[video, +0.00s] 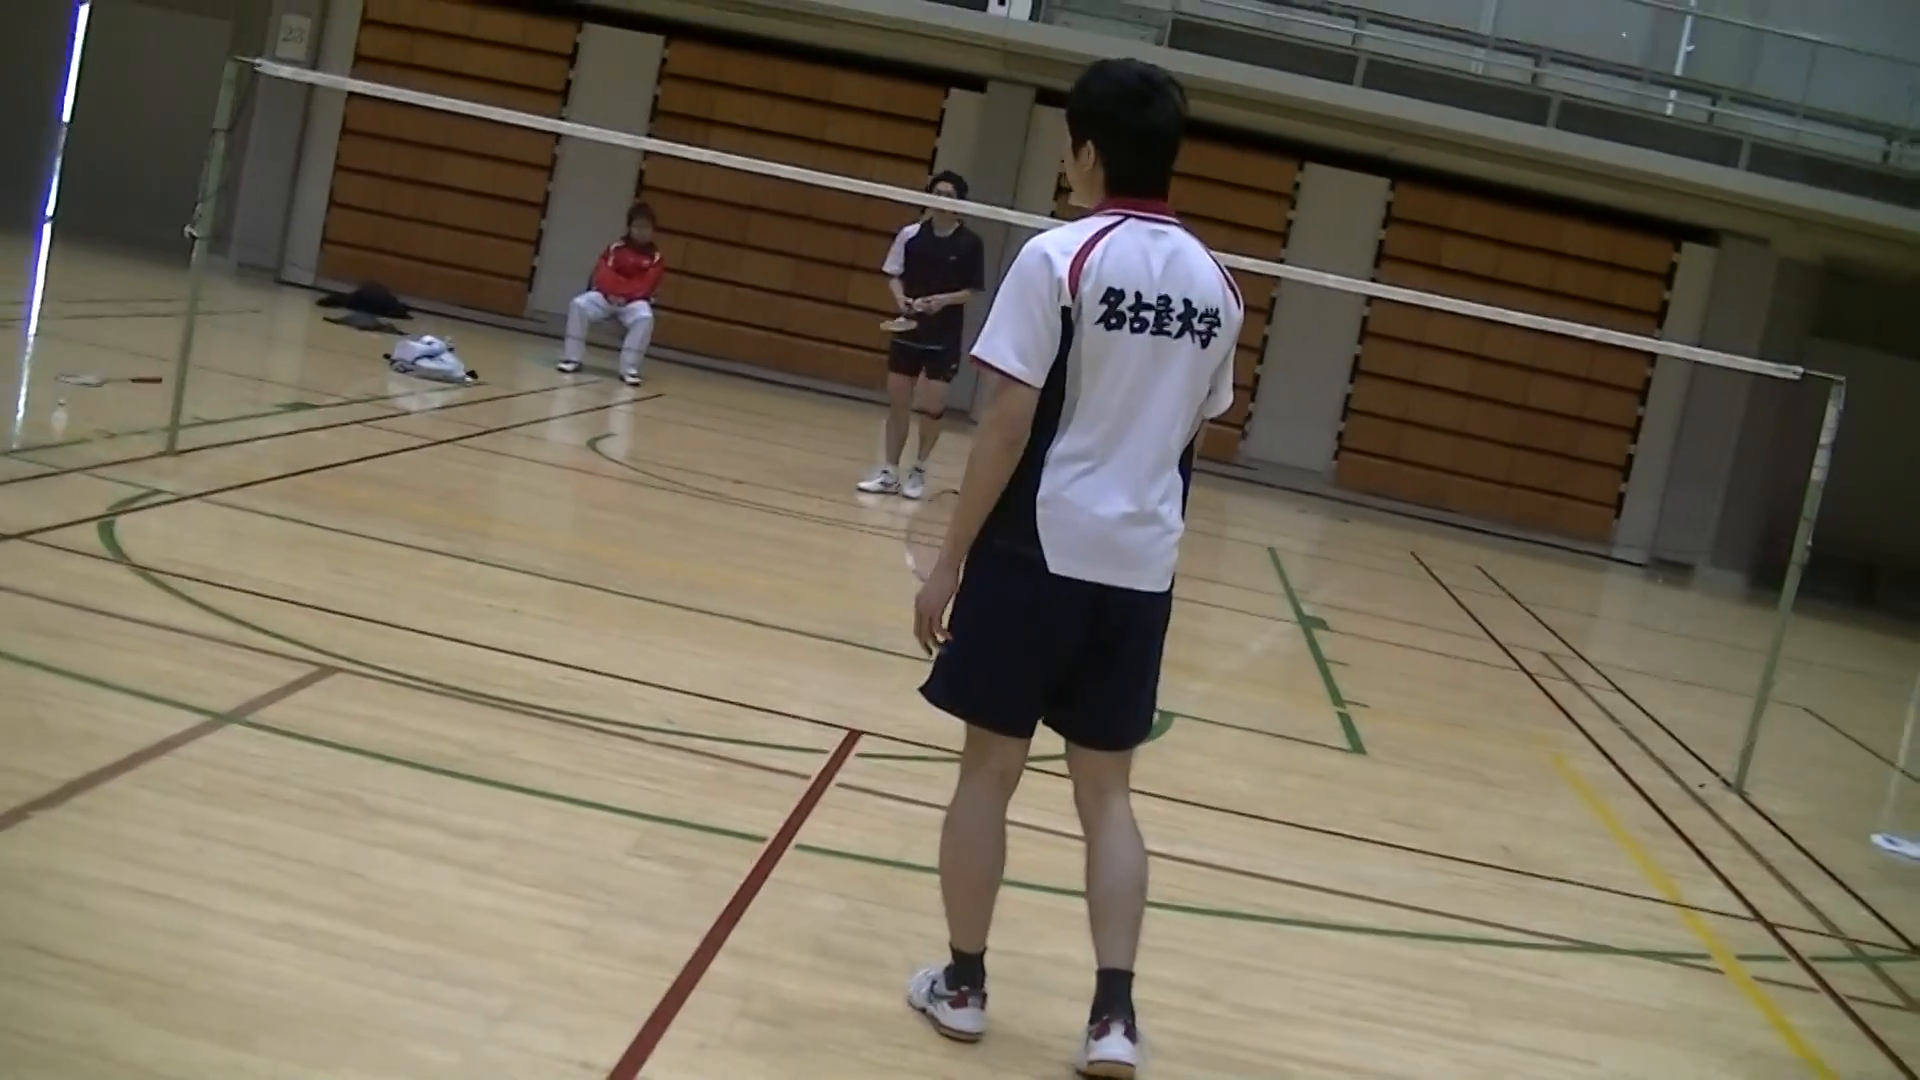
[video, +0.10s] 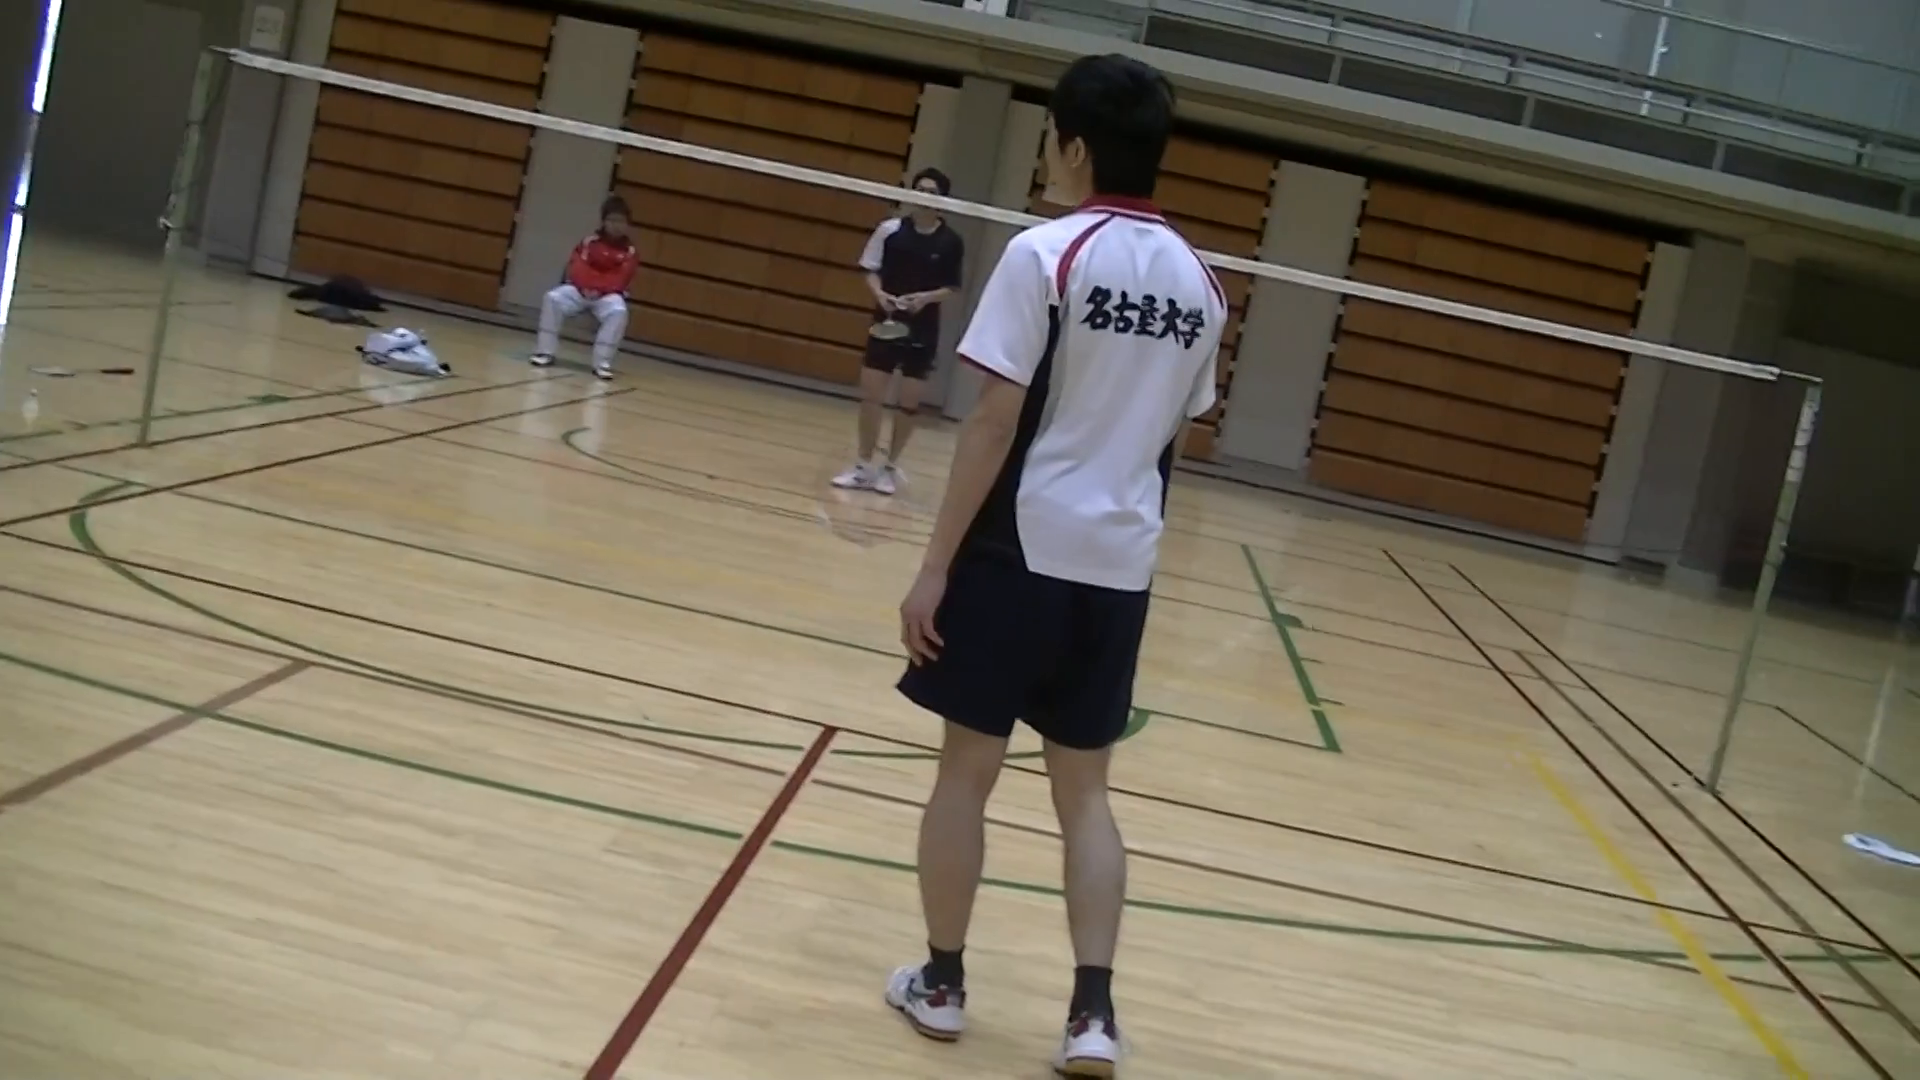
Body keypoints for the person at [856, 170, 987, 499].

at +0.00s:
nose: (941, 199)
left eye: (948, 195)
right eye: (937, 193)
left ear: (960, 203)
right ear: (928, 197)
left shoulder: (970, 242)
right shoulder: (909, 235)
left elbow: (972, 291)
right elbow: (893, 275)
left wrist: (941, 300)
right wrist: (902, 299)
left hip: (944, 336)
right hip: (907, 329)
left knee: (931, 407)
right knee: (897, 401)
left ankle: (918, 470)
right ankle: (890, 471)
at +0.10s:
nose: (924, 196)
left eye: (932, 192)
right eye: (920, 189)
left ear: (942, 201)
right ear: (911, 193)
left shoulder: (951, 241)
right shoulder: (889, 229)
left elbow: (953, 288)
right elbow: (870, 269)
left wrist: (923, 299)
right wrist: (880, 294)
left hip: (922, 325)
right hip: (886, 318)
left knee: (908, 401)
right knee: (871, 393)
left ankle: (890, 467)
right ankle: (864, 466)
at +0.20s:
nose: (898, 184)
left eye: (906, 180)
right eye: (894, 177)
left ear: (915, 188)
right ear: (884, 181)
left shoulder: (922, 230)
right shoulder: (861, 215)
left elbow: (923, 276)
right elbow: (839, 254)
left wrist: (896, 287)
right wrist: (850, 280)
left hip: (891, 313)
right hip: (853, 304)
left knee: (874, 387)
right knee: (833, 376)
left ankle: (852, 454)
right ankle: (825, 451)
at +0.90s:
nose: (684, 361)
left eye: (691, 356)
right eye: (679, 354)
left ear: (701, 364)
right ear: (668, 360)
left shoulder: (710, 408)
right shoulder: (648, 400)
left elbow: (714, 452)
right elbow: (626, 449)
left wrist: (702, 475)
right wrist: (610, 495)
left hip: (686, 504)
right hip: (648, 499)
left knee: (676, 574)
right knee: (640, 568)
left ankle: (656, 639)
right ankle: (630, 644)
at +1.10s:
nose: (643, 403)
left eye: (648, 396)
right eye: (636, 396)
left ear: (657, 402)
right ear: (625, 403)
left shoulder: (673, 442)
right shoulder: (611, 446)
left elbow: (685, 484)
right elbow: (598, 501)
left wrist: (672, 505)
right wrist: (595, 548)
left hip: (663, 540)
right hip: (626, 540)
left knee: (662, 612)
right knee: (625, 611)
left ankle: (646, 677)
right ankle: (621, 688)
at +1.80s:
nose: (537, 357)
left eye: (541, 351)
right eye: (530, 353)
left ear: (550, 355)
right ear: (518, 359)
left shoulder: (569, 390)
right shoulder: (508, 404)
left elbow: (583, 434)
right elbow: (501, 463)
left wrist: (575, 460)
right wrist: (504, 513)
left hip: (572, 490)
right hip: (534, 497)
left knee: (594, 559)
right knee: (534, 573)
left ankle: (602, 632)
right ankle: (537, 646)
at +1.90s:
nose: (574, 351)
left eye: (577, 344)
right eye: (566, 345)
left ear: (584, 347)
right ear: (553, 351)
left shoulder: (601, 384)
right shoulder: (543, 395)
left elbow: (613, 428)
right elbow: (531, 454)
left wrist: (607, 455)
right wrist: (531, 505)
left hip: (602, 482)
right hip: (565, 488)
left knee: (627, 549)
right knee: (567, 564)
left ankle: (629, 625)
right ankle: (565, 637)